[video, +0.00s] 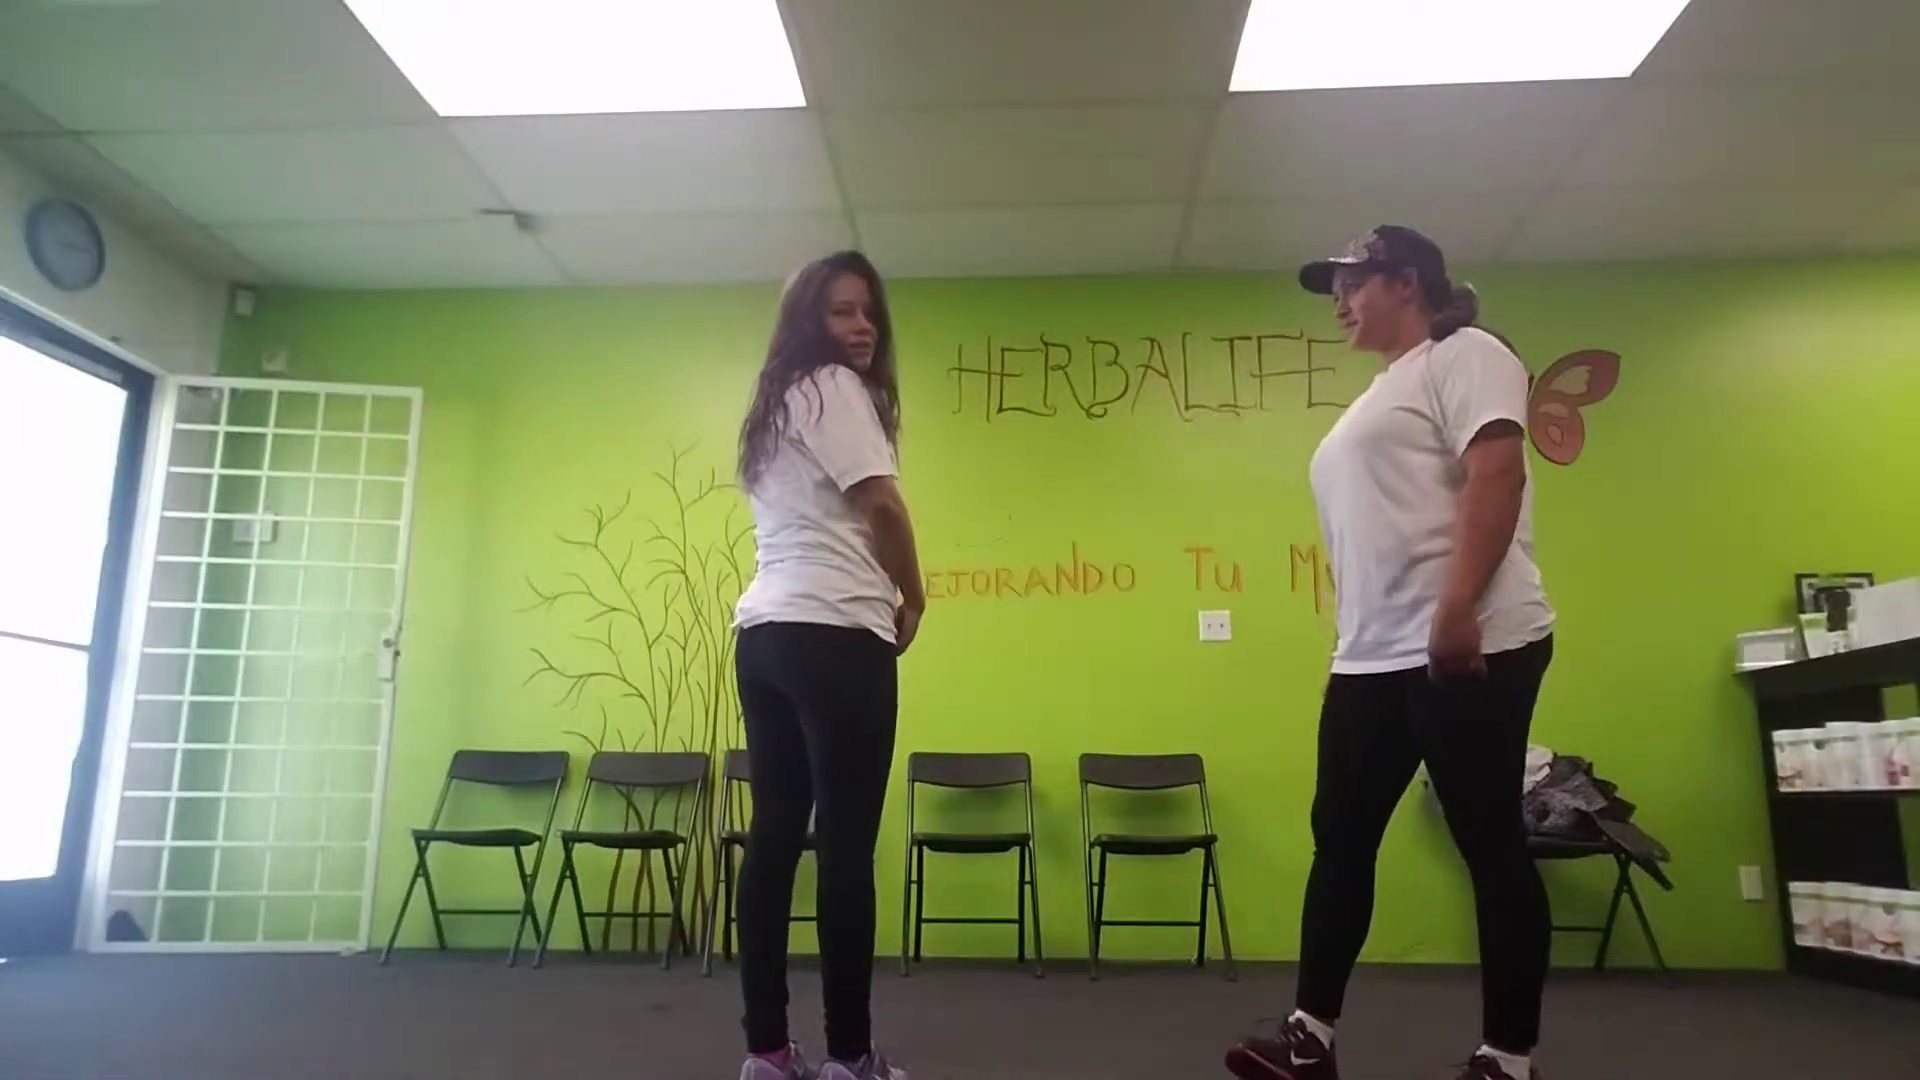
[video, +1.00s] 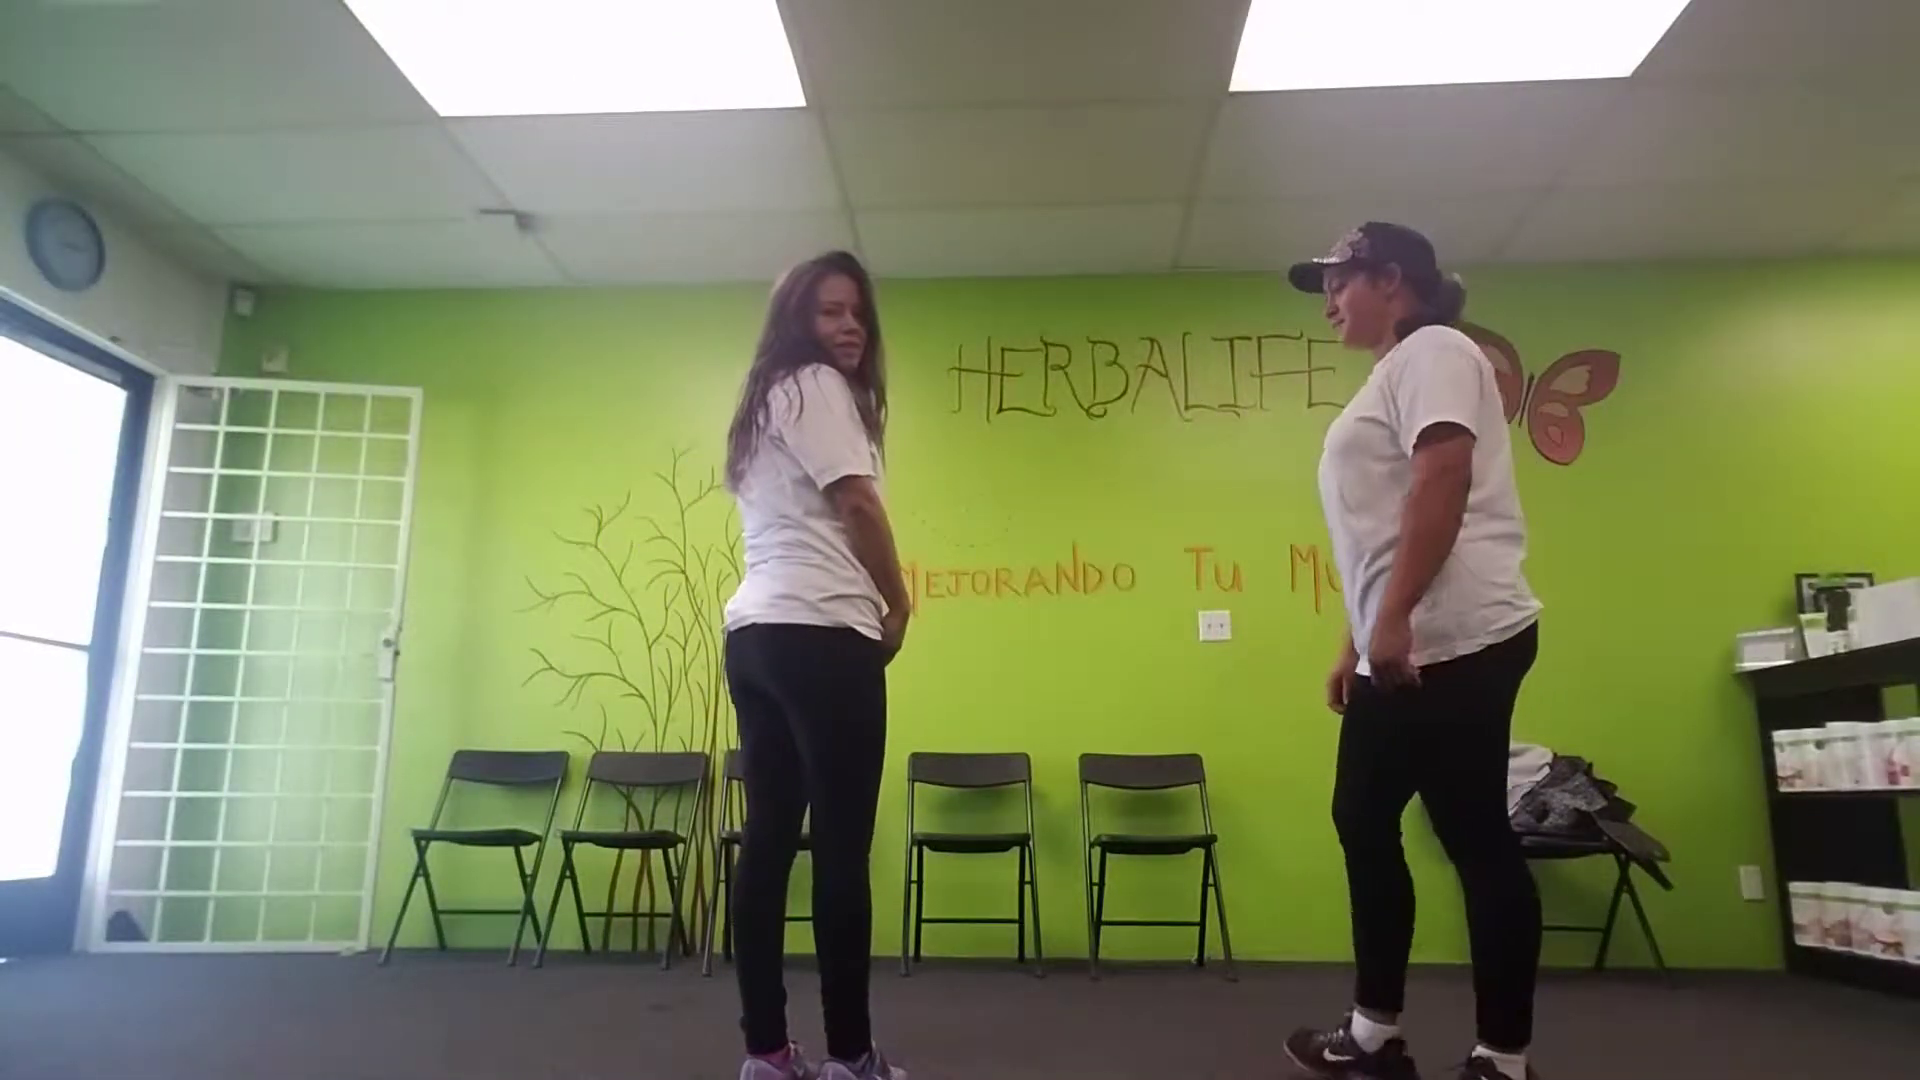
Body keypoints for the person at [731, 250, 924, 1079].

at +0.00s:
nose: (859, 325)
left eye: (867, 312)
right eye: (841, 311)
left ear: (877, 320)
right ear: (808, 320)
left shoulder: (777, 398)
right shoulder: (836, 387)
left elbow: (793, 527)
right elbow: (881, 507)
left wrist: (880, 597)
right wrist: (914, 595)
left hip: (765, 633)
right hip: (835, 632)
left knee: (773, 841)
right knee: (848, 851)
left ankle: (767, 1052)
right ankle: (849, 1056)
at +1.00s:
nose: (847, 325)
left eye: (855, 312)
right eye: (829, 312)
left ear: (866, 322)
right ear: (796, 320)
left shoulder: (767, 395)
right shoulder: (818, 386)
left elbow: (778, 525)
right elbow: (856, 504)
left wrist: (865, 601)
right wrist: (899, 598)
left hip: (756, 633)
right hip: (821, 631)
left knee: (767, 840)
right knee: (843, 848)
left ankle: (765, 1051)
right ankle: (850, 1056)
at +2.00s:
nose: (869, 337)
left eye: (866, 324)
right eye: (860, 324)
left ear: (782, 334)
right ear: (834, 329)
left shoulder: (736, 414)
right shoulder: (857, 393)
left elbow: (724, 548)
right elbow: (900, 521)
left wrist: (764, 622)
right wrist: (904, 621)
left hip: (754, 644)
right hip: (854, 638)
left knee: (752, 849)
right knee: (893, 846)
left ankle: (758, 1050)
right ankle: (914, 1046)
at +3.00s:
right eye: (866, 337)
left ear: (786, 340)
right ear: (870, 346)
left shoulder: (748, 423)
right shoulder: (897, 423)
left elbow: (737, 549)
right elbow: (919, 540)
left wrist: (812, 528)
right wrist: (852, 502)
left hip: (766, 648)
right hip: (871, 652)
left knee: (741, 846)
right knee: (893, 854)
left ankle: (706, 1050)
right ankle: (924, 1052)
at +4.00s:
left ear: (810, 440)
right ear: (892, 441)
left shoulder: (774, 503)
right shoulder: (914, 509)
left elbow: (767, 590)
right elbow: (941, 613)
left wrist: (834, 572)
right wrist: (878, 567)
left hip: (771, 689)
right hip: (883, 697)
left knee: (722, 859)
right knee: (932, 861)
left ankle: (697, 1049)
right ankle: (936, 1049)